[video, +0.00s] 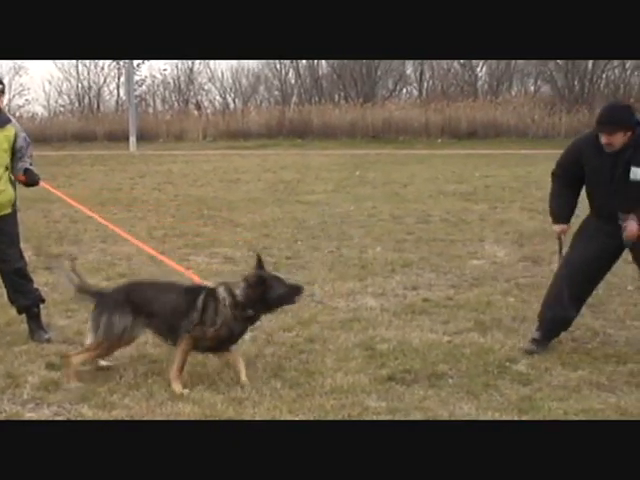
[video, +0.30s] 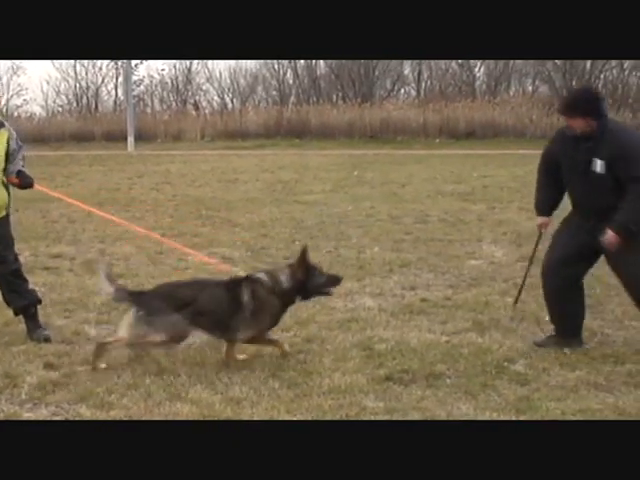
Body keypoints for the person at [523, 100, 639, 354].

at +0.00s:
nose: (604, 139)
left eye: (611, 134)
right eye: (602, 133)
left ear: (628, 134)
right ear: (597, 130)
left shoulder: (635, 155)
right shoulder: (586, 148)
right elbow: (564, 177)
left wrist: (637, 221)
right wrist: (561, 217)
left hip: (635, 224)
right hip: (604, 222)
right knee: (574, 270)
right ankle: (545, 331)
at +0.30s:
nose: (567, 123)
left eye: (572, 118)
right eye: (566, 118)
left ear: (589, 119)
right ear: (575, 118)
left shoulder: (625, 143)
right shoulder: (564, 141)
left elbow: (636, 190)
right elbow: (550, 174)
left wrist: (619, 228)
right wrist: (544, 211)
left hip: (623, 225)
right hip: (583, 220)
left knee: (636, 282)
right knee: (556, 269)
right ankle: (567, 335)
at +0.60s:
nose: (509, 134)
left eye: (511, 128)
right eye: (508, 129)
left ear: (525, 123)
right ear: (528, 122)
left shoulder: (555, 141)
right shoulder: (539, 142)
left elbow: (548, 194)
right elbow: (544, 186)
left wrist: (516, 211)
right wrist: (531, 212)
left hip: (581, 224)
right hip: (552, 223)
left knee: (587, 289)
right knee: (523, 268)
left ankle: (633, 348)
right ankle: (521, 332)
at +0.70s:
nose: (503, 142)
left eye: (504, 137)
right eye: (501, 138)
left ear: (516, 129)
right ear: (517, 129)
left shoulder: (545, 144)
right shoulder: (530, 146)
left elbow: (550, 198)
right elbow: (541, 193)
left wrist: (524, 227)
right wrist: (529, 221)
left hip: (580, 223)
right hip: (552, 223)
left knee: (585, 287)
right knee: (525, 269)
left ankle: (631, 347)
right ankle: (521, 332)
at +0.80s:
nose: (505, 139)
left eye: (506, 133)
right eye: (503, 135)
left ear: (521, 124)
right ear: (520, 125)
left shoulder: (557, 139)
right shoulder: (533, 144)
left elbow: (564, 189)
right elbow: (542, 187)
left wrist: (529, 220)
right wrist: (532, 219)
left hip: (587, 221)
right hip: (555, 222)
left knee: (598, 285)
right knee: (529, 271)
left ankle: (634, 349)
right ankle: (523, 332)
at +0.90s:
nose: (516, 136)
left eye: (518, 131)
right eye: (514, 132)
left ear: (534, 123)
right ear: (529, 125)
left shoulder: (577, 140)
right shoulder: (531, 145)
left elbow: (582, 189)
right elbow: (531, 187)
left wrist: (544, 218)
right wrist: (529, 218)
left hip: (594, 224)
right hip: (557, 224)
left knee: (606, 289)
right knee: (527, 271)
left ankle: (634, 352)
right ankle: (522, 331)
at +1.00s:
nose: (528, 136)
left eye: (532, 129)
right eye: (526, 130)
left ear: (552, 123)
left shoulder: (593, 139)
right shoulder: (532, 143)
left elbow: (603, 185)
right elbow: (525, 179)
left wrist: (563, 210)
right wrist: (523, 215)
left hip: (596, 221)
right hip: (554, 220)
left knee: (609, 287)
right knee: (522, 268)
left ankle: (634, 352)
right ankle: (516, 324)